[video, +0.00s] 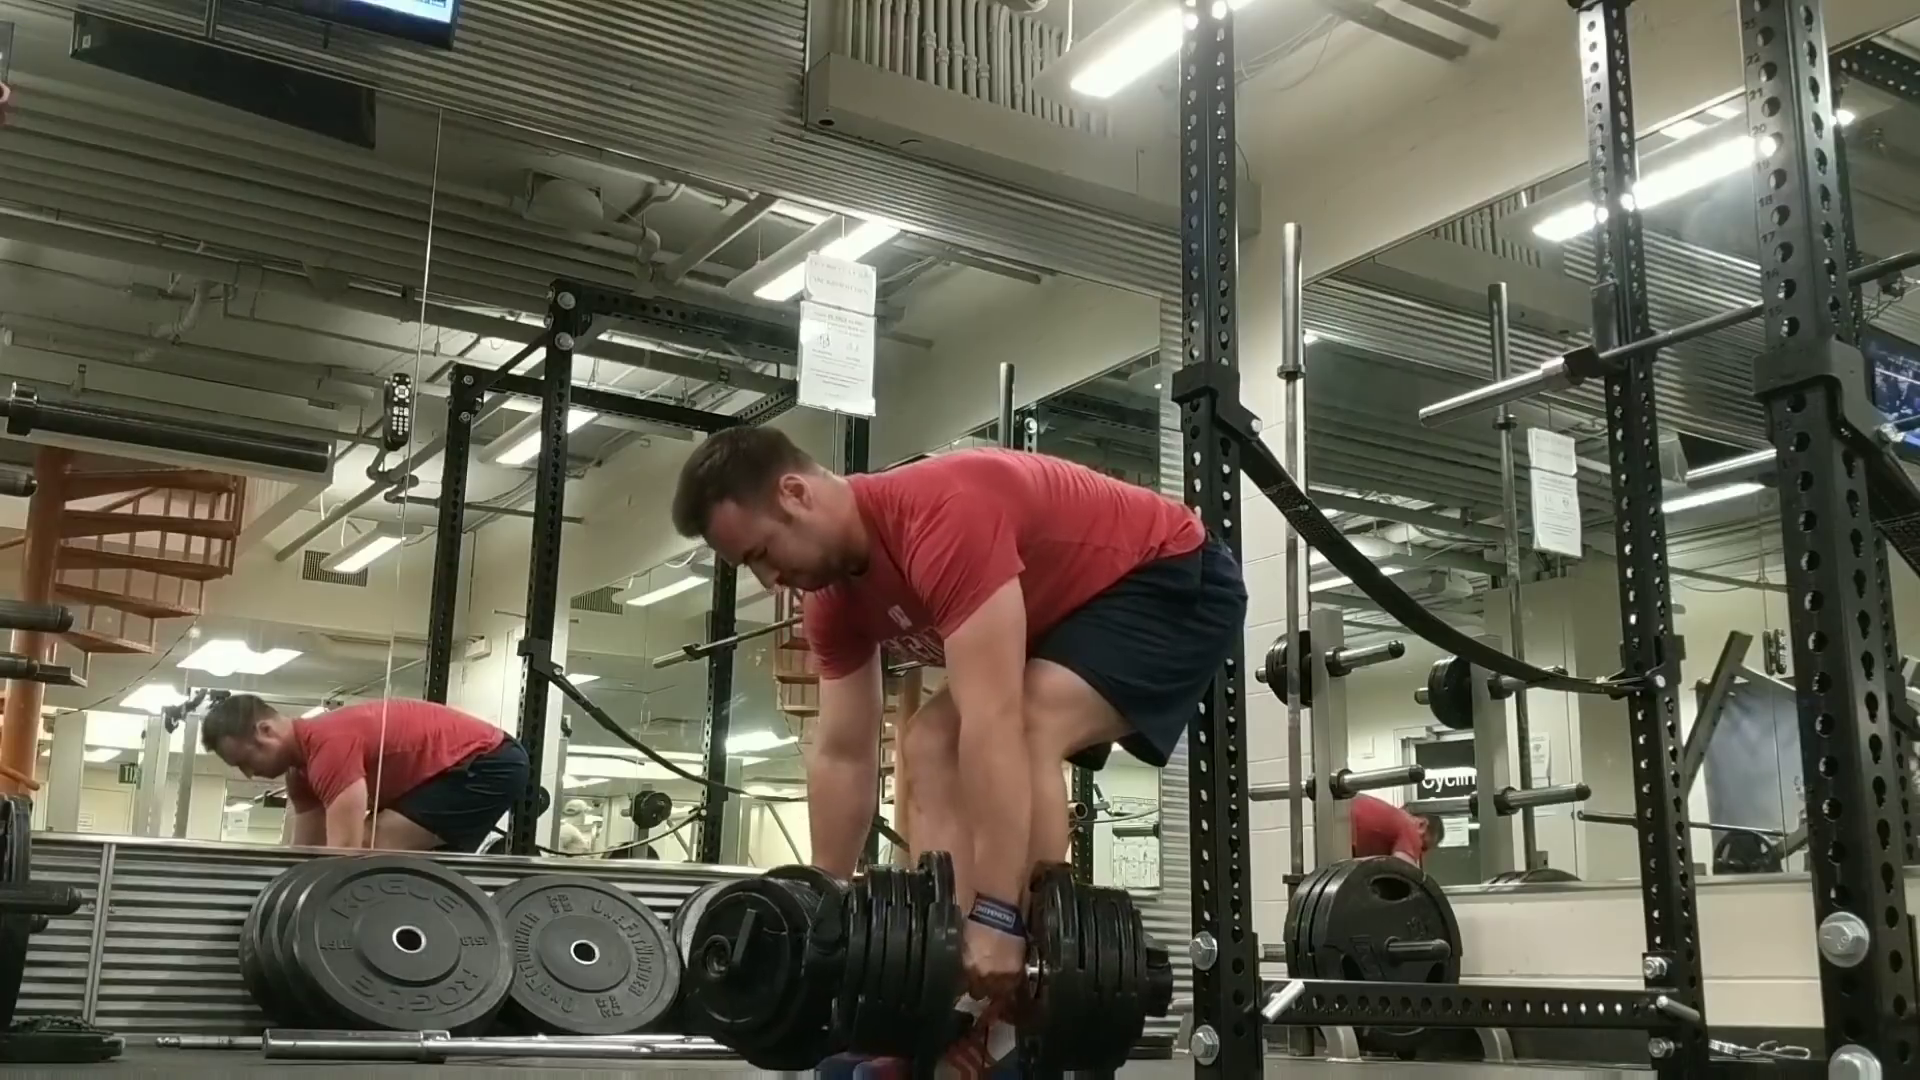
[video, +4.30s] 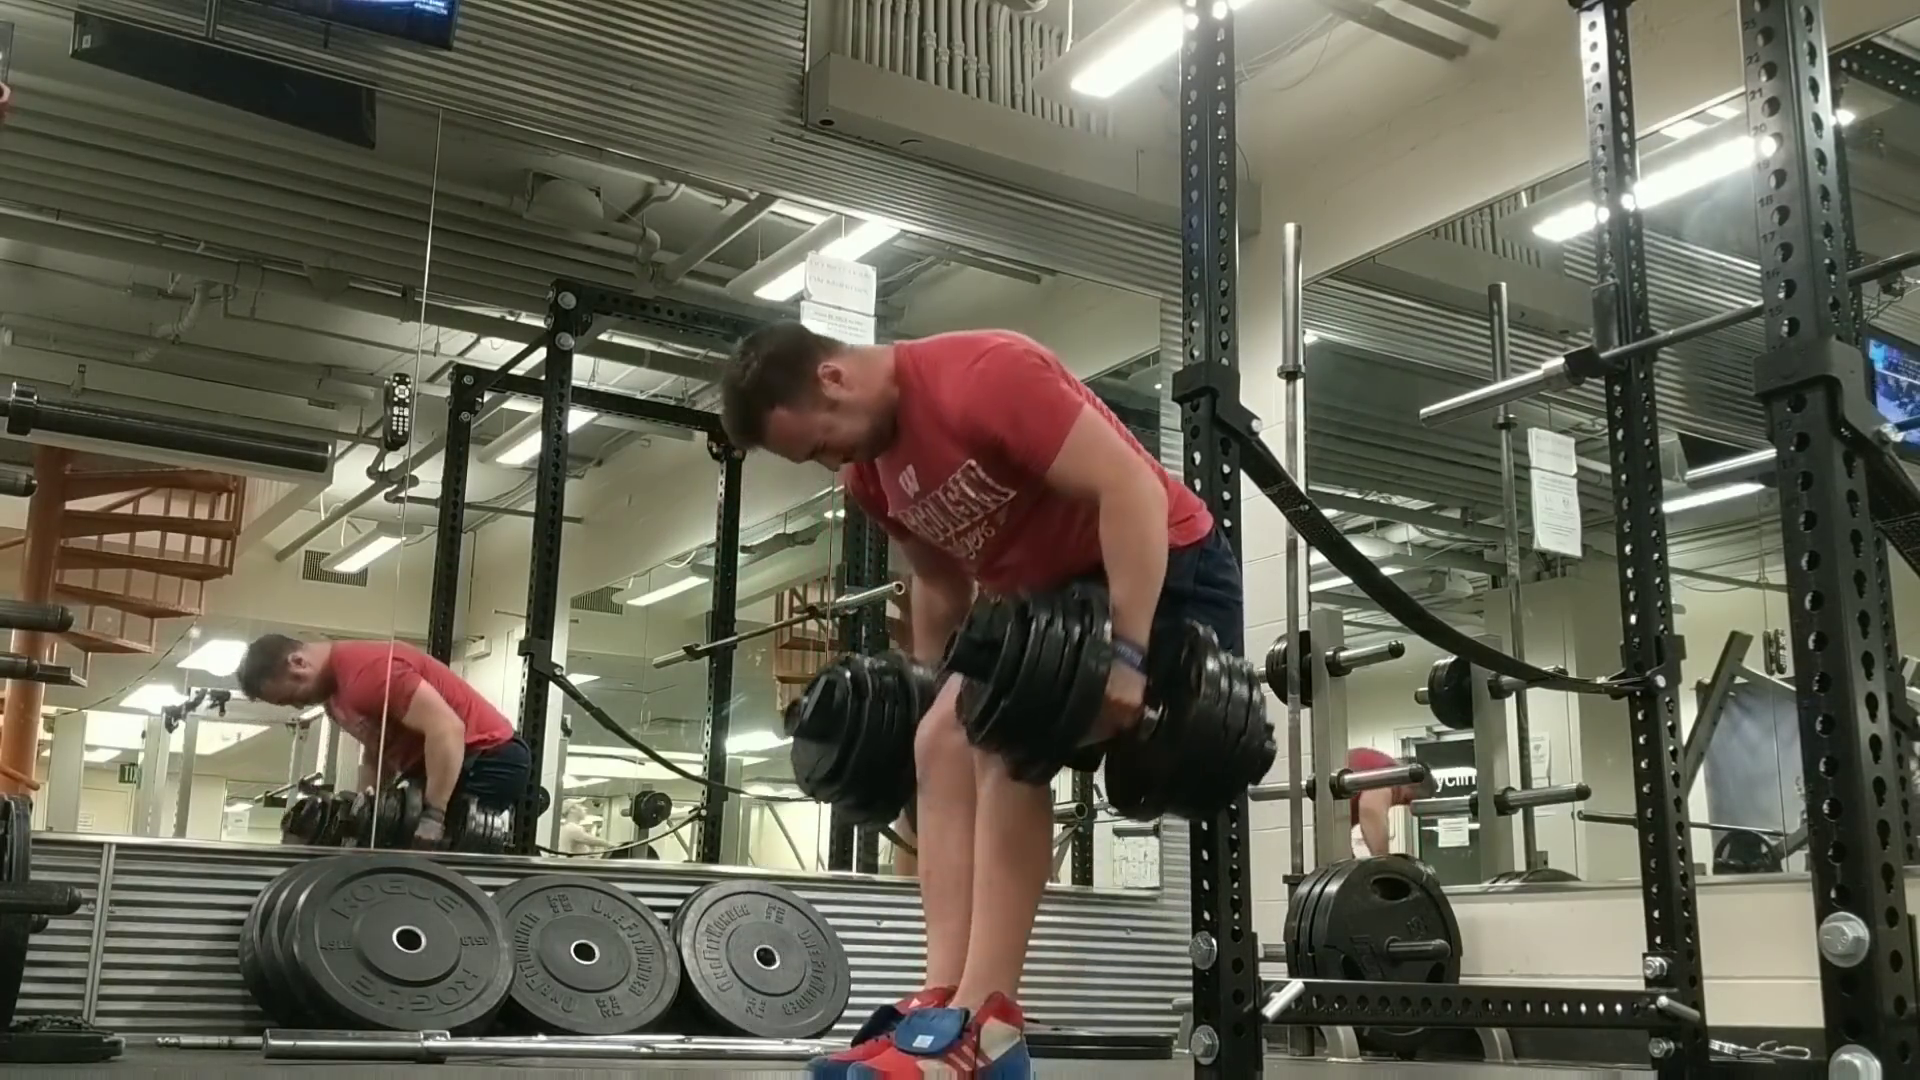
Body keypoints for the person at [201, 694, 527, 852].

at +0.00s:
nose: (250, 775)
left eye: (245, 762)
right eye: (241, 768)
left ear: (265, 731)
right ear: (264, 732)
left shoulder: (331, 745)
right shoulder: (302, 770)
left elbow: (343, 855)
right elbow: (300, 854)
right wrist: (278, 920)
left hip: (491, 765)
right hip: (464, 770)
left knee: (370, 846)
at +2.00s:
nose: (253, 782)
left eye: (249, 770)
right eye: (244, 776)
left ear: (268, 737)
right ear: (268, 738)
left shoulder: (331, 751)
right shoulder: (302, 775)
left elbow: (366, 851)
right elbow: (315, 856)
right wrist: (297, 916)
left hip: (491, 766)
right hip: (463, 771)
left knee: (381, 849)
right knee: (386, 855)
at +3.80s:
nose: (253, 741)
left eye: (252, 729)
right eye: (245, 735)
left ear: (277, 700)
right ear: (275, 703)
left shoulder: (338, 724)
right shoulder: (306, 748)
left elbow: (381, 824)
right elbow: (320, 831)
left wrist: (367, 915)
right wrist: (294, 901)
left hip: (488, 762)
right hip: (453, 771)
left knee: (369, 848)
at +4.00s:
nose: (271, 723)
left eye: (269, 711)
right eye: (262, 719)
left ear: (285, 679)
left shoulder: (348, 702)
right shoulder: (314, 727)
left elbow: (406, 789)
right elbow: (340, 796)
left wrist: (381, 885)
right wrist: (313, 871)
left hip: (487, 759)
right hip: (450, 767)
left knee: (401, 863)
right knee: (363, 854)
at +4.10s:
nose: (276, 716)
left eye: (272, 705)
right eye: (267, 711)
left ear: (288, 672)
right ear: (290, 674)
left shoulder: (353, 692)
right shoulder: (319, 712)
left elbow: (422, 764)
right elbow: (354, 781)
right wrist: (338, 847)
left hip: (489, 759)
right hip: (454, 763)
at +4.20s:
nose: (287, 710)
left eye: (281, 700)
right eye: (278, 705)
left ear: (293, 666)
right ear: (294, 668)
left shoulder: (362, 682)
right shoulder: (327, 703)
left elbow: (435, 747)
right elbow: (364, 763)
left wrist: (421, 835)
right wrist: (359, 825)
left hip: (491, 759)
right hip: (454, 762)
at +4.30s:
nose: (300, 705)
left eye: (292, 697)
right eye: (289, 703)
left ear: (298, 664)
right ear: (299, 663)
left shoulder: (364, 674)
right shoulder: (335, 694)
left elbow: (446, 729)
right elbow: (376, 748)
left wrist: (433, 818)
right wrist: (362, 813)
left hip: (489, 762)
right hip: (451, 765)